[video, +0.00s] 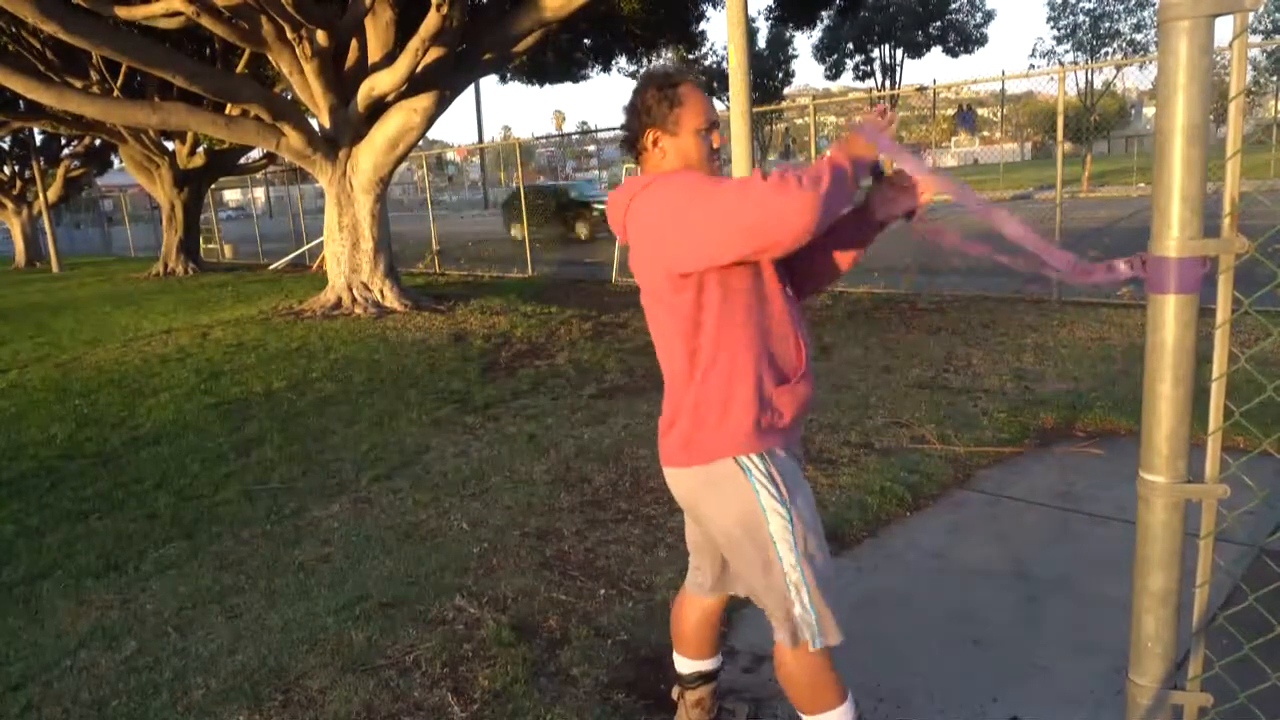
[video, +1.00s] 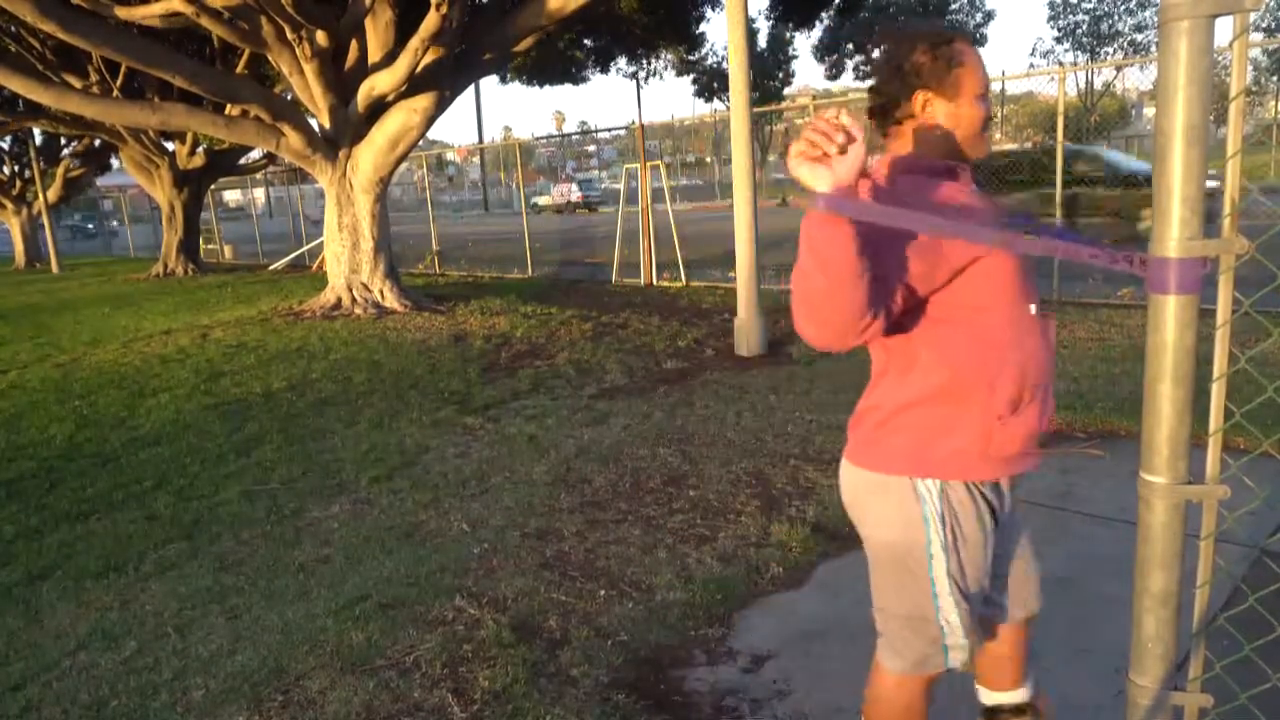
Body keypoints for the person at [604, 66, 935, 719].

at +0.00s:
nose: (718, 143)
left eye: (716, 130)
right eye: (706, 131)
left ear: (662, 140)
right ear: (659, 140)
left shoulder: (685, 204)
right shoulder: (664, 206)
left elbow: (792, 278)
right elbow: (789, 217)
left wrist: (870, 215)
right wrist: (845, 156)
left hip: (711, 438)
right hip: (733, 442)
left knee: (708, 581)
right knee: (799, 617)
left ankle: (694, 705)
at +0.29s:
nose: (806, 147)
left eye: (805, 132)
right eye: (799, 130)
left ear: (748, 134)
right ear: (763, 131)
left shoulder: (767, 204)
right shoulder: (724, 205)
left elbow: (849, 201)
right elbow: (805, 160)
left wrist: (869, 102)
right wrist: (836, 68)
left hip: (779, 452)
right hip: (796, 461)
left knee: (761, 589)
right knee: (843, 646)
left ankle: (707, 700)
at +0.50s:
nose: (905, 150)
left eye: (907, 133)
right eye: (897, 132)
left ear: (856, 129)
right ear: (847, 123)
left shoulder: (862, 207)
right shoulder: (800, 202)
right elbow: (720, 209)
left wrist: (829, 79)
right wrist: (786, 80)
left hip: (865, 457)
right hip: (825, 468)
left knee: (836, 592)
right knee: (863, 656)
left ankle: (754, 693)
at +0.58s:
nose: (922, 151)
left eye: (922, 135)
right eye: (911, 137)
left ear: (874, 127)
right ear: (856, 129)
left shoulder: (883, 202)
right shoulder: (823, 207)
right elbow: (731, 277)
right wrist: (775, 124)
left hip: (879, 459)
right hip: (837, 472)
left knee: (849, 602)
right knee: (864, 650)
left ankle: (792, 698)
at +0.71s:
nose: (934, 133)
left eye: (934, 115)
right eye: (920, 118)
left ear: (874, 121)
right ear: (860, 121)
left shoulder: (894, 191)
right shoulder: (846, 202)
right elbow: (764, 332)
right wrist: (784, 185)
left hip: (892, 462)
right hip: (857, 472)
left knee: (877, 639)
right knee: (873, 658)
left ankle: (878, 707)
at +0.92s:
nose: (967, 111)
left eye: (964, 97)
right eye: (955, 98)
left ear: (907, 109)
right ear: (901, 109)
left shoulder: (938, 193)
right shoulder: (887, 198)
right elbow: (807, 331)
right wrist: (824, 192)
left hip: (946, 461)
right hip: (897, 471)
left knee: (973, 621)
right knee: (903, 655)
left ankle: (976, 711)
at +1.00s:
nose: (990, 108)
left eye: (987, 94)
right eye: (979, 95)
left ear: (936, 106)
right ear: (930, 107)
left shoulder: (958, 192)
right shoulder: (908, 191)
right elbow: (828, 327)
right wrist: (835, 199)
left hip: (968, 460)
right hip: (917, 471)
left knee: (1010, 603)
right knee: (911, 654)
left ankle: (1009, 710)